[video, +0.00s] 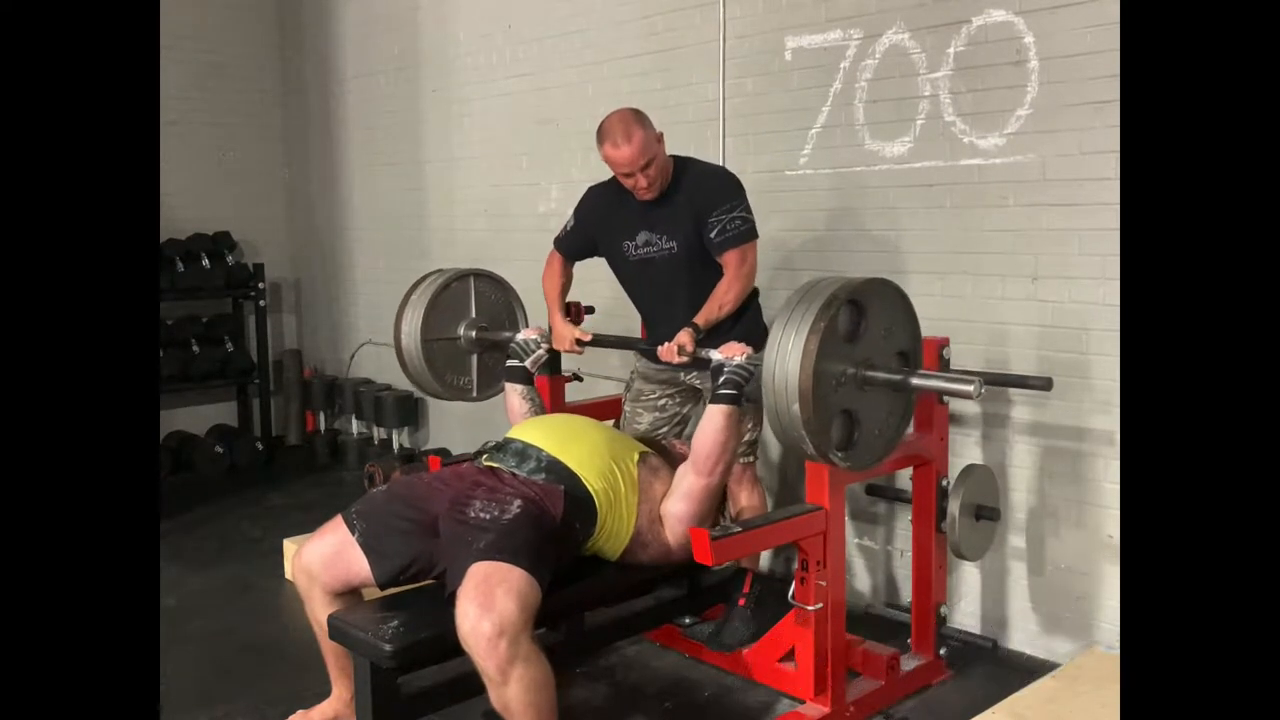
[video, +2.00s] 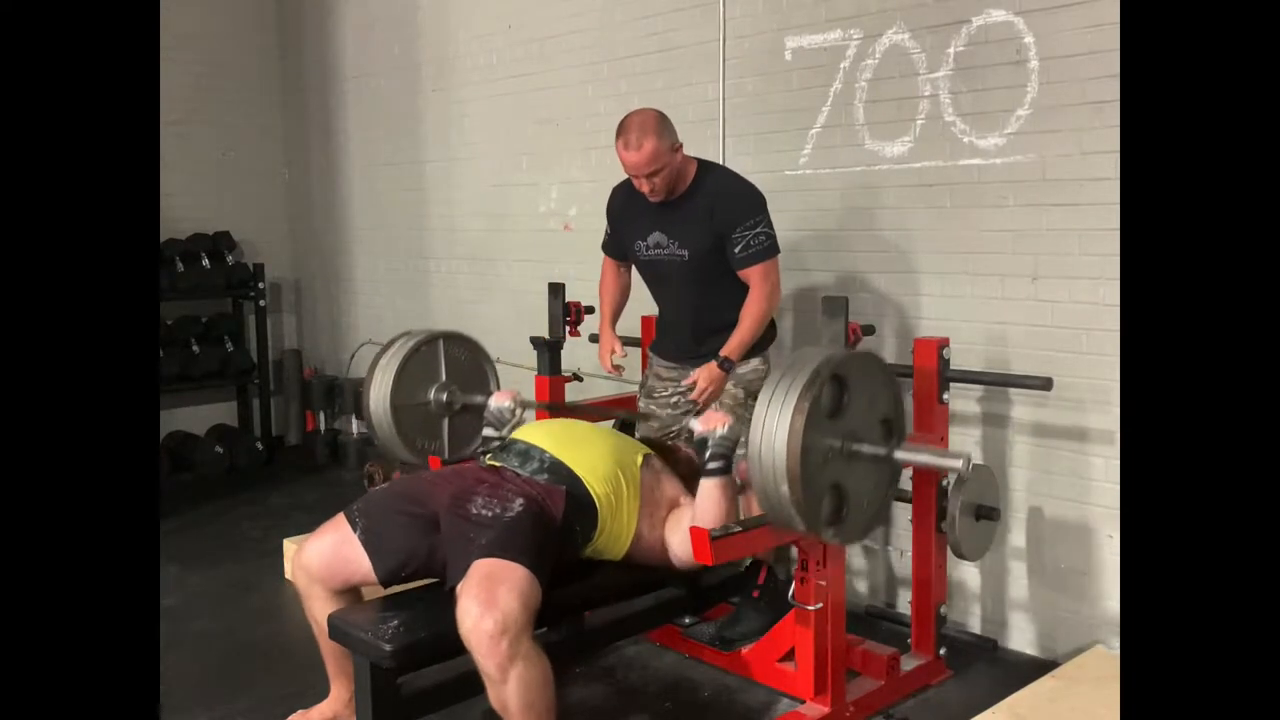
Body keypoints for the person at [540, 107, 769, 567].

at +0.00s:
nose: (641, 183)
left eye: (647, 168)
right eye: (627, 176)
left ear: (661, 142)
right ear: (608, 165)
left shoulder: (713, 186)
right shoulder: (600, 206)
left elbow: (741, 273)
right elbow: (558, 259)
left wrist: (693, 328)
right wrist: (556, 319)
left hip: (729, 349)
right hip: (659, 355)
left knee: (736, 469)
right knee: (637, 462)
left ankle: (748, 590)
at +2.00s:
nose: (644, 187)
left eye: (652, 174)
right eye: (634, 176)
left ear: (679, 152)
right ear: (623, 163)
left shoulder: (732, 198)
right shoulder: (625, 202)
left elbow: (766, 290)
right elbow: (615, 265)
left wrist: (724, 363)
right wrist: (607, 328)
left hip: (736, 362)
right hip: (667, 362)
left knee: (739, 479)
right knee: (666, 474)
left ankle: (764, 593)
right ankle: (695, 591)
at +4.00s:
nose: (638, 161)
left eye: (645, 150)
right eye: (634, 150)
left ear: (679, 136)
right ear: (654, 139)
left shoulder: (747, 172)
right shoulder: (641, 185)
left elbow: (793, 252)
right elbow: (626, 249)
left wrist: (760, 321)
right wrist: (624, 311)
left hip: (741, 358)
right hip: (671, 355)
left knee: (756, 478)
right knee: (656, 470)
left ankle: (770, 591)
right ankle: (687, 588)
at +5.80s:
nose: (653, 146)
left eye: (659, 135)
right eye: (649, 136)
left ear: (692, 124)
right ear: (670, 128)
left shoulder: (757, 168)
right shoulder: (659, 180)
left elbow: (784, 249)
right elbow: (633, 255)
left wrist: (759, 328)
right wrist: (627, 318)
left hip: (735, 356)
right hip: (671, 355)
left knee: (745, 468)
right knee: (662, 457)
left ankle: (764, 584)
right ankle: (663, 571)